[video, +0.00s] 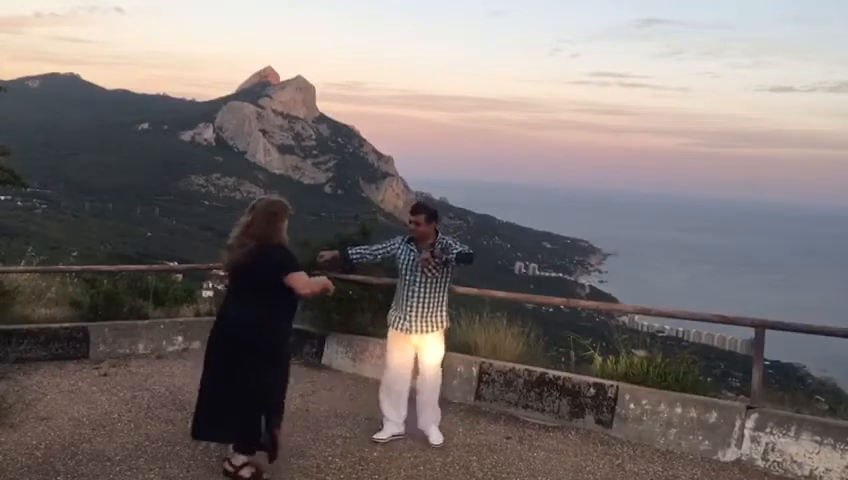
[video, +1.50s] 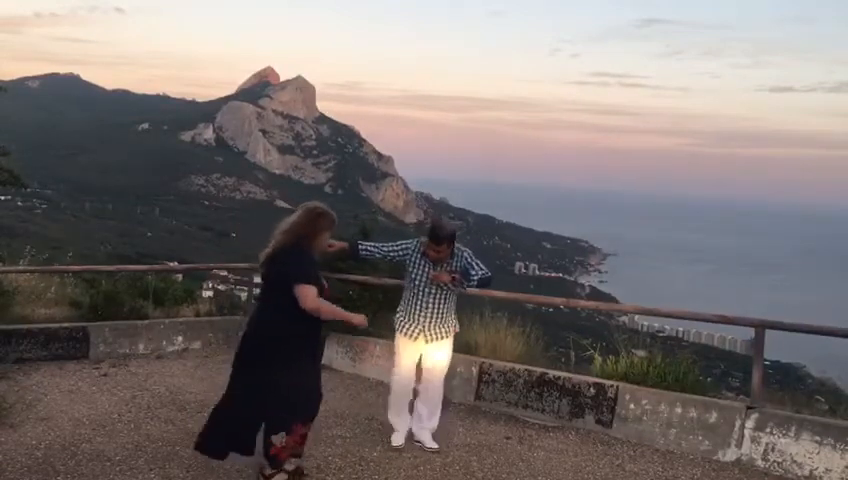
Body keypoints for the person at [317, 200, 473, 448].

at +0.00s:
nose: (412, 228)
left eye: (417, 224)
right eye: (411, 223)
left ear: (433, 225)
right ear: (410, 223)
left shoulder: (446, 245)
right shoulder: (402, 244)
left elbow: (468, 257)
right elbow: (372, 252)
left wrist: (441, 257)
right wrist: (340, 255)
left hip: (432, 327)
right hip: (401, 324)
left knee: (430, 379)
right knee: (395, 376)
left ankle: (430, 425)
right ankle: (393, 424)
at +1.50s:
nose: (434, 255)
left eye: (439, 252)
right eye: (431, 250)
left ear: (451, 247)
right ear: (426, 241)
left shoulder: (462, 256)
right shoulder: (414, 248)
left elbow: (484, 277)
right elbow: (381, 250)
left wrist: (454, 279)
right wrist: (346, 247)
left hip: (441, 331)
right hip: (409, 327)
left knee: (433, 384)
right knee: (402, 380)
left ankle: (424, 431)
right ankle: (399, 429)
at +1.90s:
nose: (459, 256)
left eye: (464, 253)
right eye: (456, 251)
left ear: (470, 251)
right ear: (447, 241)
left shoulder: (469, 260)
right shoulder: (429, 248)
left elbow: (488, 279)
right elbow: (401, 253)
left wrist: (475, 292)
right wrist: (377, 255)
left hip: (440, 330)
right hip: (411, 328)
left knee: (447, 378)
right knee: (413, 382)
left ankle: (425, 427)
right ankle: (409, 437)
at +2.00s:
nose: (465, 257)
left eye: (470, 254)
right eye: (462, 251)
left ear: (475, 252)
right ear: (454, 242)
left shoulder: (473, 264)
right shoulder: (436, 248)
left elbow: (483, 285)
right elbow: (412, 255)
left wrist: (472, 303)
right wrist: (398, 258)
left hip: (442, 332)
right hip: (413, 329)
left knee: (455, 380)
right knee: (415, 384)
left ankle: (429, 422)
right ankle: (410, 437)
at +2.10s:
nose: (473, 256)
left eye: (478, 253)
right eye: (471, 249)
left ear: (482, 251)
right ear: (461, 241)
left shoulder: (475, 268)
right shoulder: (446, 246)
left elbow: (473, 301)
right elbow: (420, 252)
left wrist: (468, 314)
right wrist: (429, 256)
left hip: (445, 334)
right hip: (418, 328)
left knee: (451, 383)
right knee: (419, 383)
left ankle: (442, 437)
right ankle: (410, 440)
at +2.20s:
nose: (484, 253)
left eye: (487, 250)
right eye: (483, 247)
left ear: (484, 247)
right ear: (474, 238)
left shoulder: (473, 263)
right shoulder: (449, 245)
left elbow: (472, 293)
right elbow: (432, 251)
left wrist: (470, 310)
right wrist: (462, 251)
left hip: (451, 332)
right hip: (427, 327)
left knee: (452, 383)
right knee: (433, 380)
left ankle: (442, 437)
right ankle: (413, 433)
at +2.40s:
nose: (491, 240)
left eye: (493, 236)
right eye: (490, 234)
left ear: (487, 234)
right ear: (481, 227)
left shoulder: (474, 254)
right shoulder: (455, 241)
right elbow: (468, 247)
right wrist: (494, 245)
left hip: (456, 329)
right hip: (443, 326)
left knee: (456, 381)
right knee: (459, 381)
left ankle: (444, 433)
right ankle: (430, 432)